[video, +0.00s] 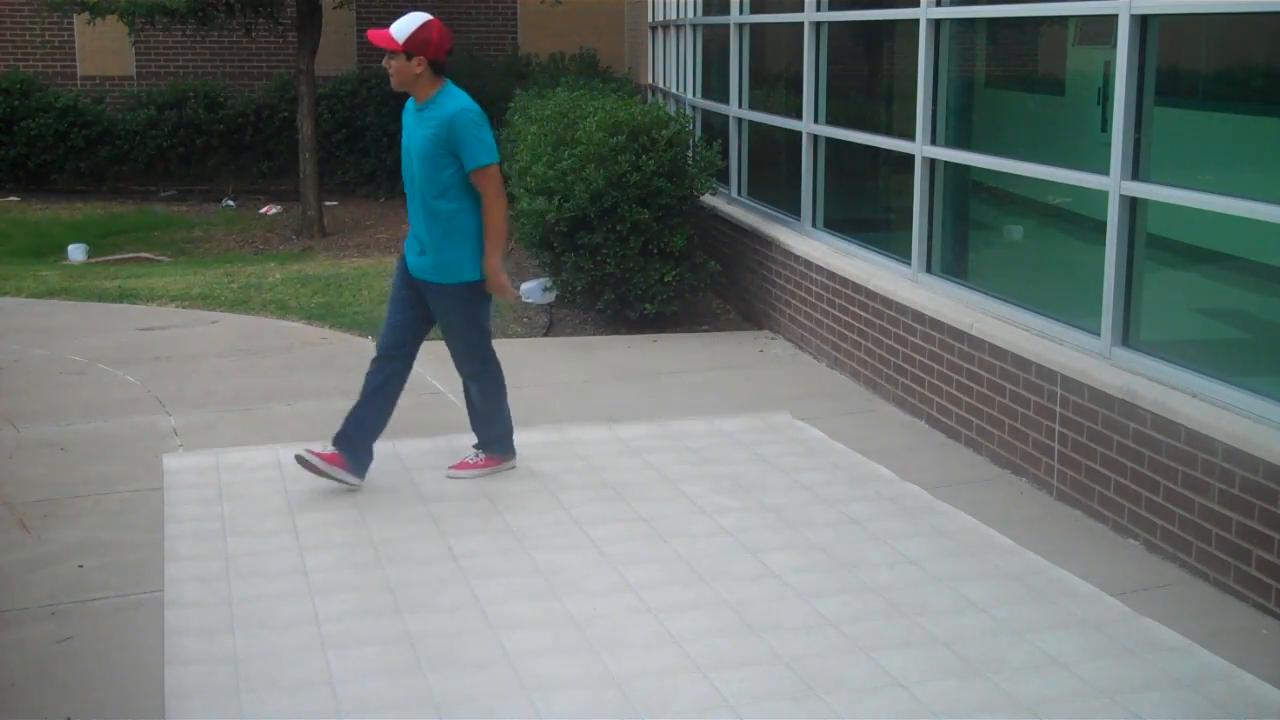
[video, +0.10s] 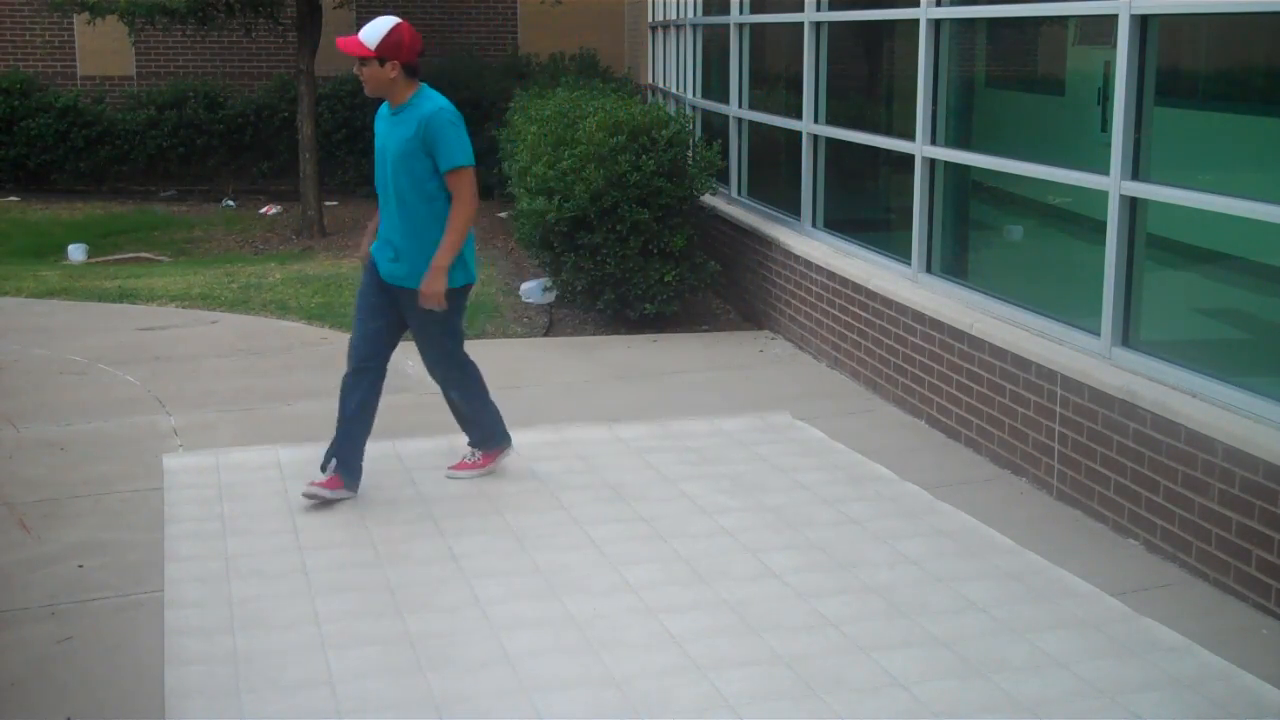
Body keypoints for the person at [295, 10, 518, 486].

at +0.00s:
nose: (385, 62)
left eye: (393, 56)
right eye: (387, 54)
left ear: (420, 64)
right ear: (414, 64)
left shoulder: (463, 114)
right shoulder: (412, 107)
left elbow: (494, 194)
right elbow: (428, 187)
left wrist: (493, 263)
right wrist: (419, 243)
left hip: (458, 269)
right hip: (417, 262)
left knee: (476, 362)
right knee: (390, 358)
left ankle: (497, 448)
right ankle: (350, 455)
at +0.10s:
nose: (356, 70)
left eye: (364, 63)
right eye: (358, 61)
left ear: (392, 68)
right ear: (385, 67)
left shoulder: (439, 116)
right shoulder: (384, 113)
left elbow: (467, 200)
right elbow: (397, 189)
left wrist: (439, 269)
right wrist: (374, 233)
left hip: (435, 273)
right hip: (386, 265)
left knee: (446, 363)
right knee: (363, 363)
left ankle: (492, 441)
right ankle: (342, 472)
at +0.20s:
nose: (332, 73)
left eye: (340, 65)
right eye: (331, 64)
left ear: (371, 66)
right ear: (359, 68)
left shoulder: (421, 112)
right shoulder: (353, 112)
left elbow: (446, 196)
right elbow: (363, 174)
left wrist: (391, 242)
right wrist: (322, 196)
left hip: (410, 273)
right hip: (357, 265)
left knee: (396, 372)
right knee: (336, 369)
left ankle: (463, 425)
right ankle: (338, 475)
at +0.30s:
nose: (319, 76)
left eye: (326, 66)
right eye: (317, 66)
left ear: (359, 60)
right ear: (336, 62)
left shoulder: (408, 107)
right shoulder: (328, 106)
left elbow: (433, 189)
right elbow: (301, 182)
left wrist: (365, 202)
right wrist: (298, 150)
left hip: (388, 269)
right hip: (335, 262)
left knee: (358, 369)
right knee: (325, 372)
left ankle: (414, 435)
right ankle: (339, 476)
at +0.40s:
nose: (311, 74)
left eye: (320, 65)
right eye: (306, 65)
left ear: (351, 58)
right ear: (304, 61)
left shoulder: (397, 104)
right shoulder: (303, 101)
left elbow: (423, 186)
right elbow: (261, 164)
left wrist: (364, 161)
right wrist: (299, 111)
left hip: (374, 265)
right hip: (319, 260)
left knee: (341, 371)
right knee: (319, 374)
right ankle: (336, 473)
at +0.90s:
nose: (303, 84)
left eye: (313, 76)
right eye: (293, 75)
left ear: (334, 69)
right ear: (278, 66)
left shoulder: (368, 103)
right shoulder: (255, 99)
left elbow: (392, 185)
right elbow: (211, 170)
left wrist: (351, 116)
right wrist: (252, 105)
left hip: (340, 288)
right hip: (268, 280)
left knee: (314, 419)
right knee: (247, 398)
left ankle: (289, 529)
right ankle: (253, 495)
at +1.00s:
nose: (303, 83)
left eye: (315, 76)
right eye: (293, 74)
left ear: (336, 71)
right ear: (279, 65)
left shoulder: (368, 103)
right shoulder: (253, 104)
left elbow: (396, 184)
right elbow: (218, 179)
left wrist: (351, 118)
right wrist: (260, 107)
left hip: (344, 288)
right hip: (273, 283)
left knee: (317, 422)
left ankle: (292, 526)